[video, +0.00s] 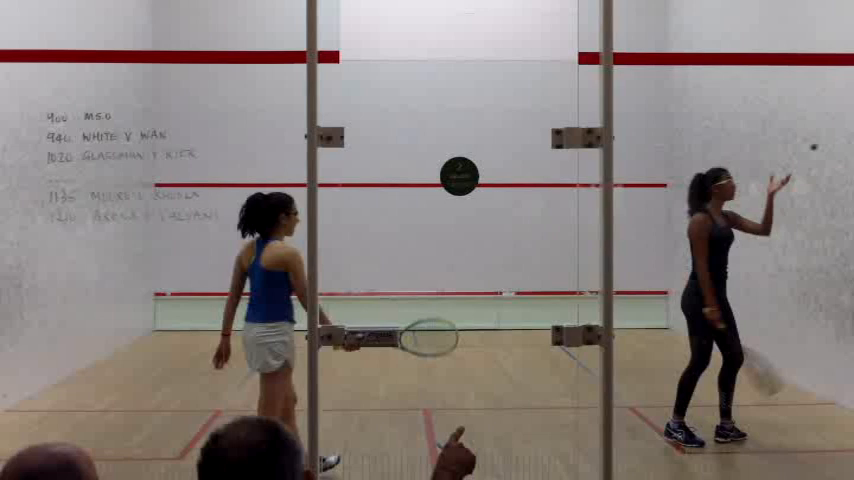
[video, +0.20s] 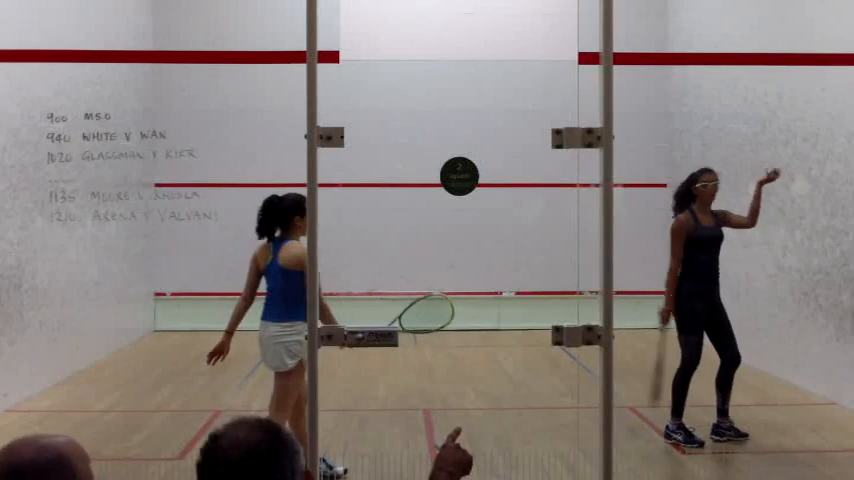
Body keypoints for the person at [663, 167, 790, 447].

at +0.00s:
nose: (734, 183)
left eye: (732, 179)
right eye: (729, 180)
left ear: (719, 189)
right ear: (716, 188)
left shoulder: (726, 217)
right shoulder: (700, 222)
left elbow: (764, 229)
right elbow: (701, 267)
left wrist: (770, 196)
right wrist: (710, 304)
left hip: (718, 296)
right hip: (698, 297)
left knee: (734, 357)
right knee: (700, 359)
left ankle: (725, 424)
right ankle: (676, 423)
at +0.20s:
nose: (715, 187)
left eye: (716, 183)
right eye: (709, 183)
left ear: (715, 188)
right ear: (696, 188)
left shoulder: (718, 217)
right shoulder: (683, 222)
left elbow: (750, 221)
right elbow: (675, 265)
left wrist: (759, 186)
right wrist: (668, 303)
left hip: (710, 300)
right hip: (687, 300)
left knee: (731, 358)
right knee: (690, 359)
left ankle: (723, 423)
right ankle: (674, 425)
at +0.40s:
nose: (692, 189)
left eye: (698, 185)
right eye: (688, 185)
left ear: (707, 191)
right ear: (682, 190)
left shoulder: (710, 218)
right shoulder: (669, 222)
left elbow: (738, 225)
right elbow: (649, 261)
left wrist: (737, 193)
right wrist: (629, 295)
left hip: (698, 298)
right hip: (673, 298)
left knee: (717, 359)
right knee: (680, 358)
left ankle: (718, 422)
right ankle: (674, 426)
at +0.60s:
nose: (681, 190)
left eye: (687, 185)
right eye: (677, 186)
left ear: (697, 191)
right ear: (671, 191)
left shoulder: (700, 219)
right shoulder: (660, 221)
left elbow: (725, 245)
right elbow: (641, 257)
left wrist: (707, 223)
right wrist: (621, 291)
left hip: (685, 297)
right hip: (661, 297)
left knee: (702, 358)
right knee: (676, 358)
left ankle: (694, 417)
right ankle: (673, 426)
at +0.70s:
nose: (674, 190)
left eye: (680, 186)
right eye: (670, 186)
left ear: (689, 192)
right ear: (664, 191)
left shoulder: (693, 220)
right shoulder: (652, 222)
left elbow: (713, 255)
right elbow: (637, 260)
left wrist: (697, 245)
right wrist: (621, 296)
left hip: (681, 297)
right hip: (656, 297)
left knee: (694, 360)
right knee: (672, 359)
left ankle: (666, 408)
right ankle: (673, 424)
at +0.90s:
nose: (658, 191)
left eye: (663, 186)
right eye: (653, 186)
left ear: (674, 192)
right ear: (648, 192)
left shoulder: (681, 220)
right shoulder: (640, 223)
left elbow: (696, 256)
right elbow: (629, 263)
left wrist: (682, 260)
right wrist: (622, 302)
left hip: (668, 296)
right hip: (645, 296)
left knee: (666, 358)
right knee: (663, 359)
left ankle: (632, 402)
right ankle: (672, 425)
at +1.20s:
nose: (645, 194)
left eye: (650, 190)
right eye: (641, 190)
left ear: (658, 196)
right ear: (634, 195)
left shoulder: (653, 224)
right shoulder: (625, 222)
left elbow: (655, 259)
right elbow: (609, 260)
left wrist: (662, 263)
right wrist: (622, 293)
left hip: (641, 295)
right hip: (623, 296)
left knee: (636, 356)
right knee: (640, 356)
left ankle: (616, 413)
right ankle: (663, 421)